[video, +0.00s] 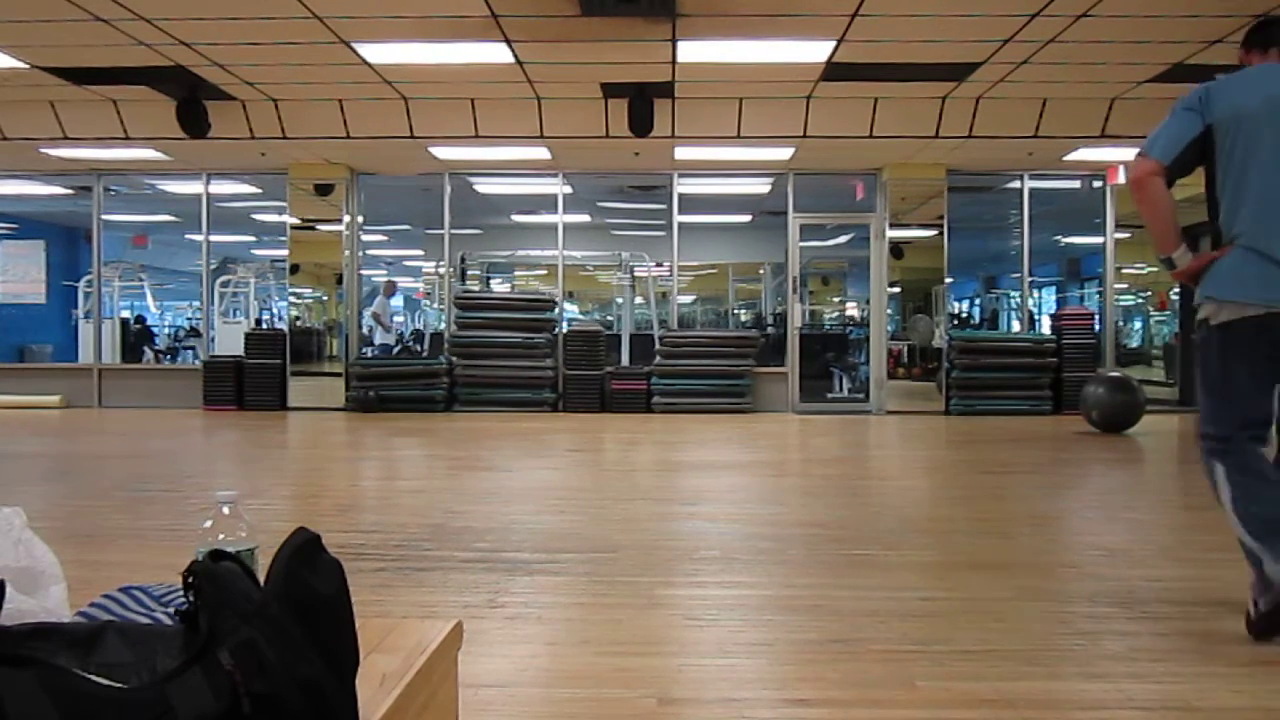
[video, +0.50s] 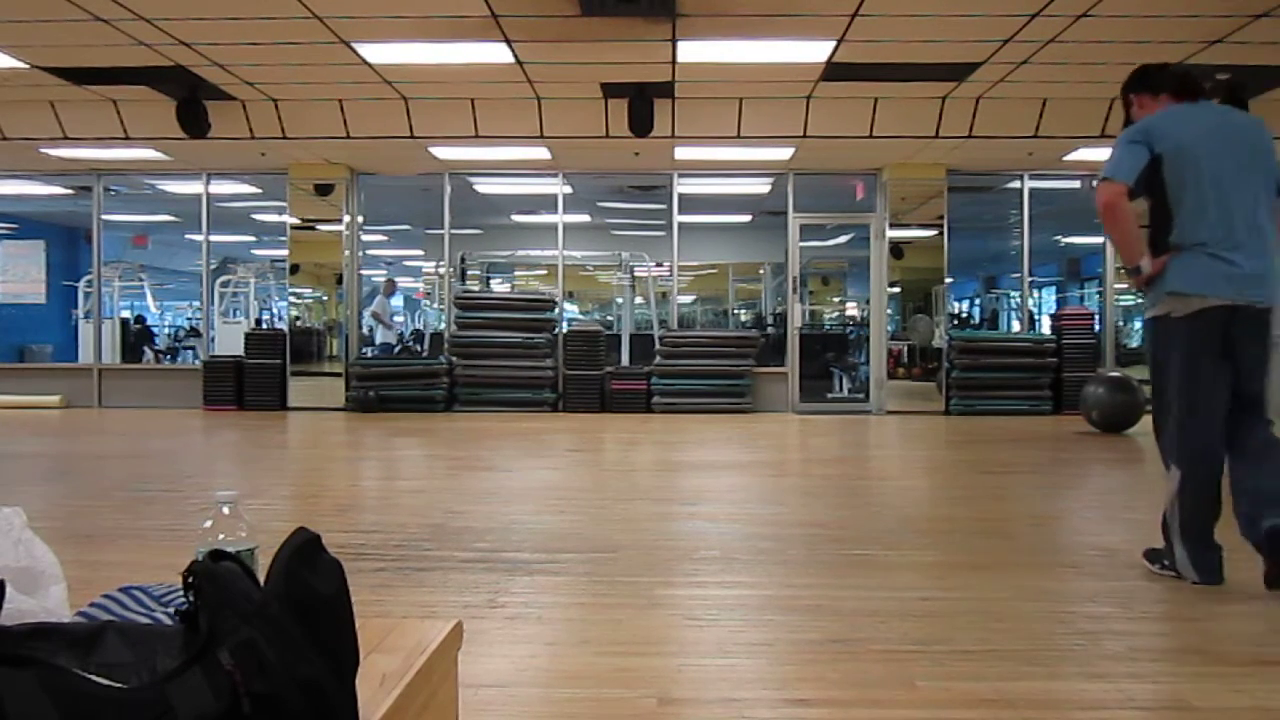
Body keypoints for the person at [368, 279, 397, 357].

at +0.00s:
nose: (395, 291)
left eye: (395, 288)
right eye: (393, 288)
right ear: (387, 288)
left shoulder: (387, 301)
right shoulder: (381, 299)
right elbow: (375, 314)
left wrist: (389, 325)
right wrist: (385, 326)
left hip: (388, 338)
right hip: (383, 338)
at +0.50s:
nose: (395, 290)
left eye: (395, 287)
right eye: (393, 287)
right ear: (386, 287)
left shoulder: (387, 301)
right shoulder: (381, 299)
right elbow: (374, 313)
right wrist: (387, 324)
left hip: (390, 337)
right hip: (384, 337)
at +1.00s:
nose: (392, 288)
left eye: (392, 285)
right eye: (390, 285)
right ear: (384, 286)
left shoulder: (385, 299)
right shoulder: (379, 298)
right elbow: (374, 313)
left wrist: (389, 321)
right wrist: (385, 321)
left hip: (388, 337)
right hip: (382, 337)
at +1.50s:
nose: (387, 288)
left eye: (386, 285)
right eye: (385, 285)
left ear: (385, 286)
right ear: (379, 286)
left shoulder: (383, 300)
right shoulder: (375, 299)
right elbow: (371, 316)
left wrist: (388, 323)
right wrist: (385, 324)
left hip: (386, 338)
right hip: (380, 338)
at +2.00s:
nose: (386, 288)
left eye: (386, 286)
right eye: (384, 286)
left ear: (384, 286)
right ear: (378, 286)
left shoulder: (381, 300)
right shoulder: (372, 298)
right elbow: (365, 313)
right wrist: (379, 323)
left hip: (384, 336)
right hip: (376, 337)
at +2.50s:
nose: (386, 288)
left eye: (386, 286)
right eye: (383, 286)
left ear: (386, 286)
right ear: (378, 286)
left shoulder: (381, 300)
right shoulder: (372, 298)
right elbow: (365, 314)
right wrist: (380, 322)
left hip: (385, 338)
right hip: (377, 338)